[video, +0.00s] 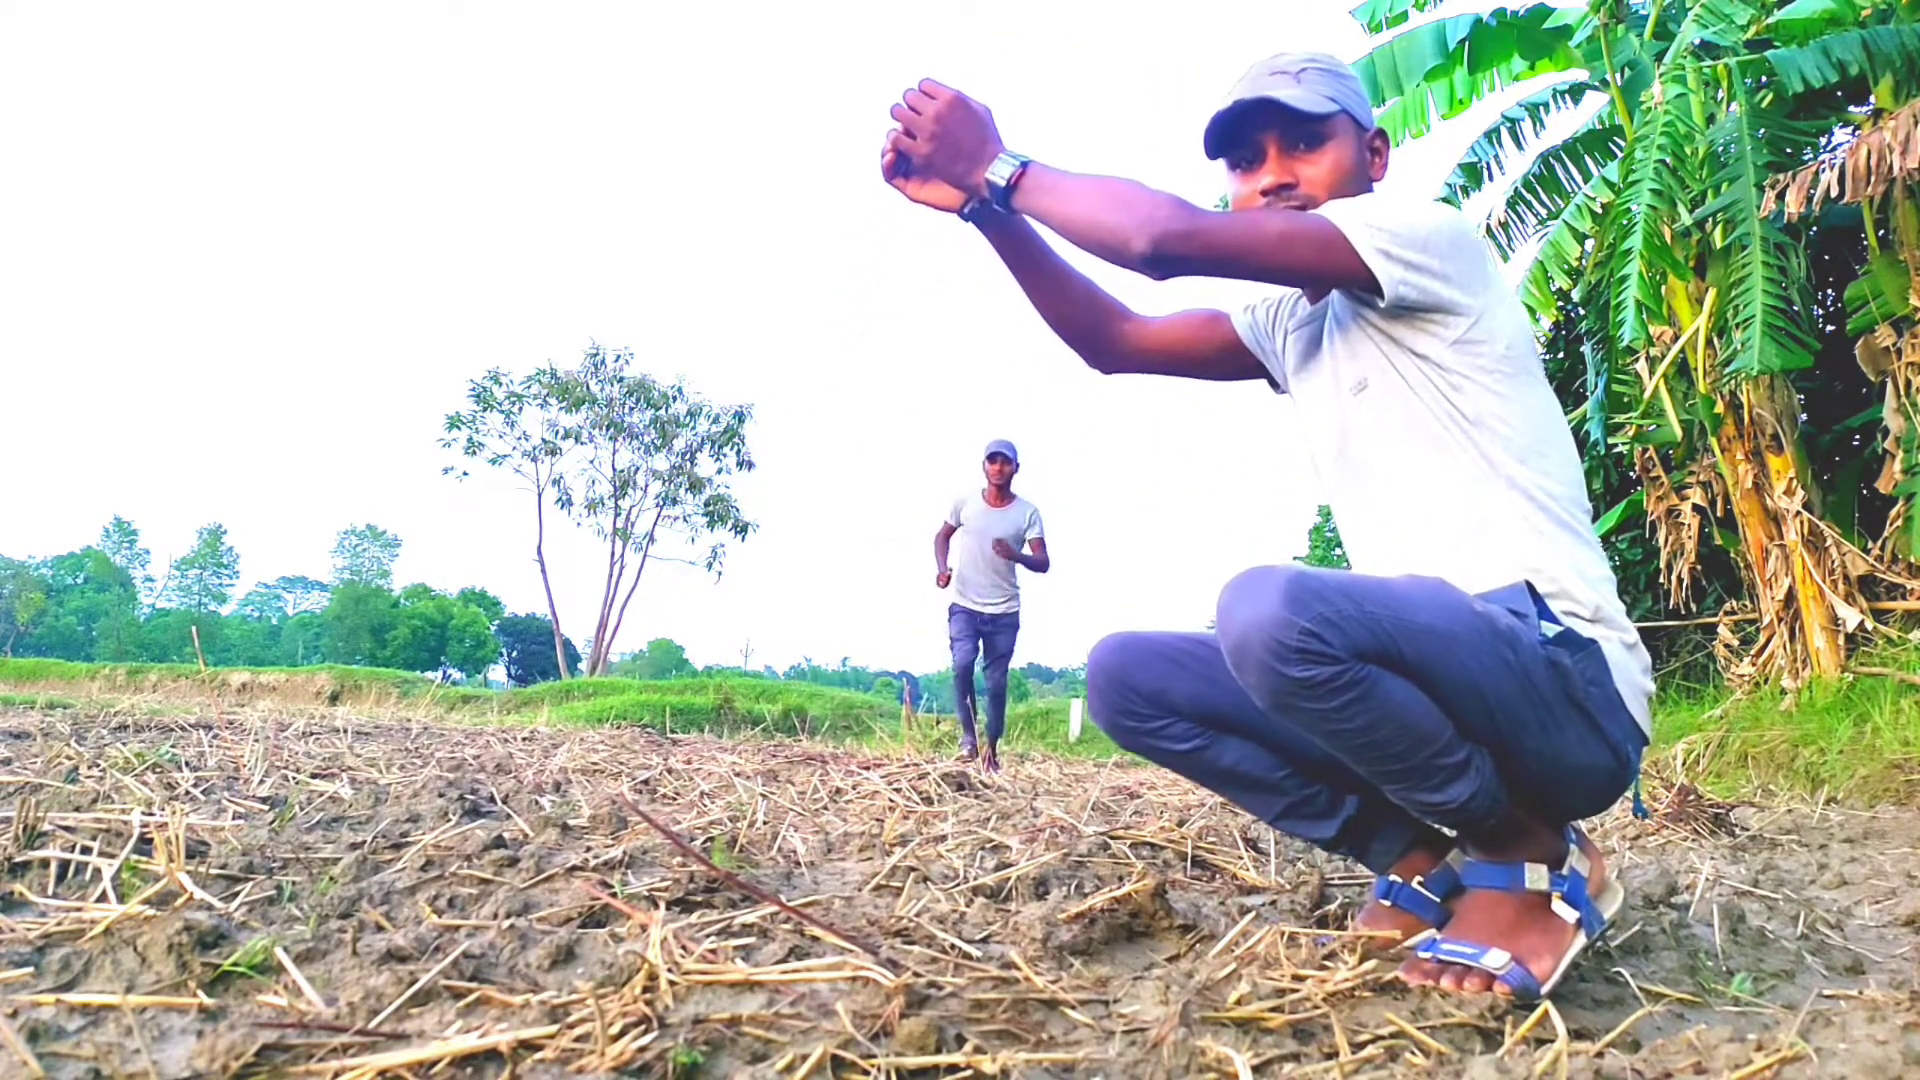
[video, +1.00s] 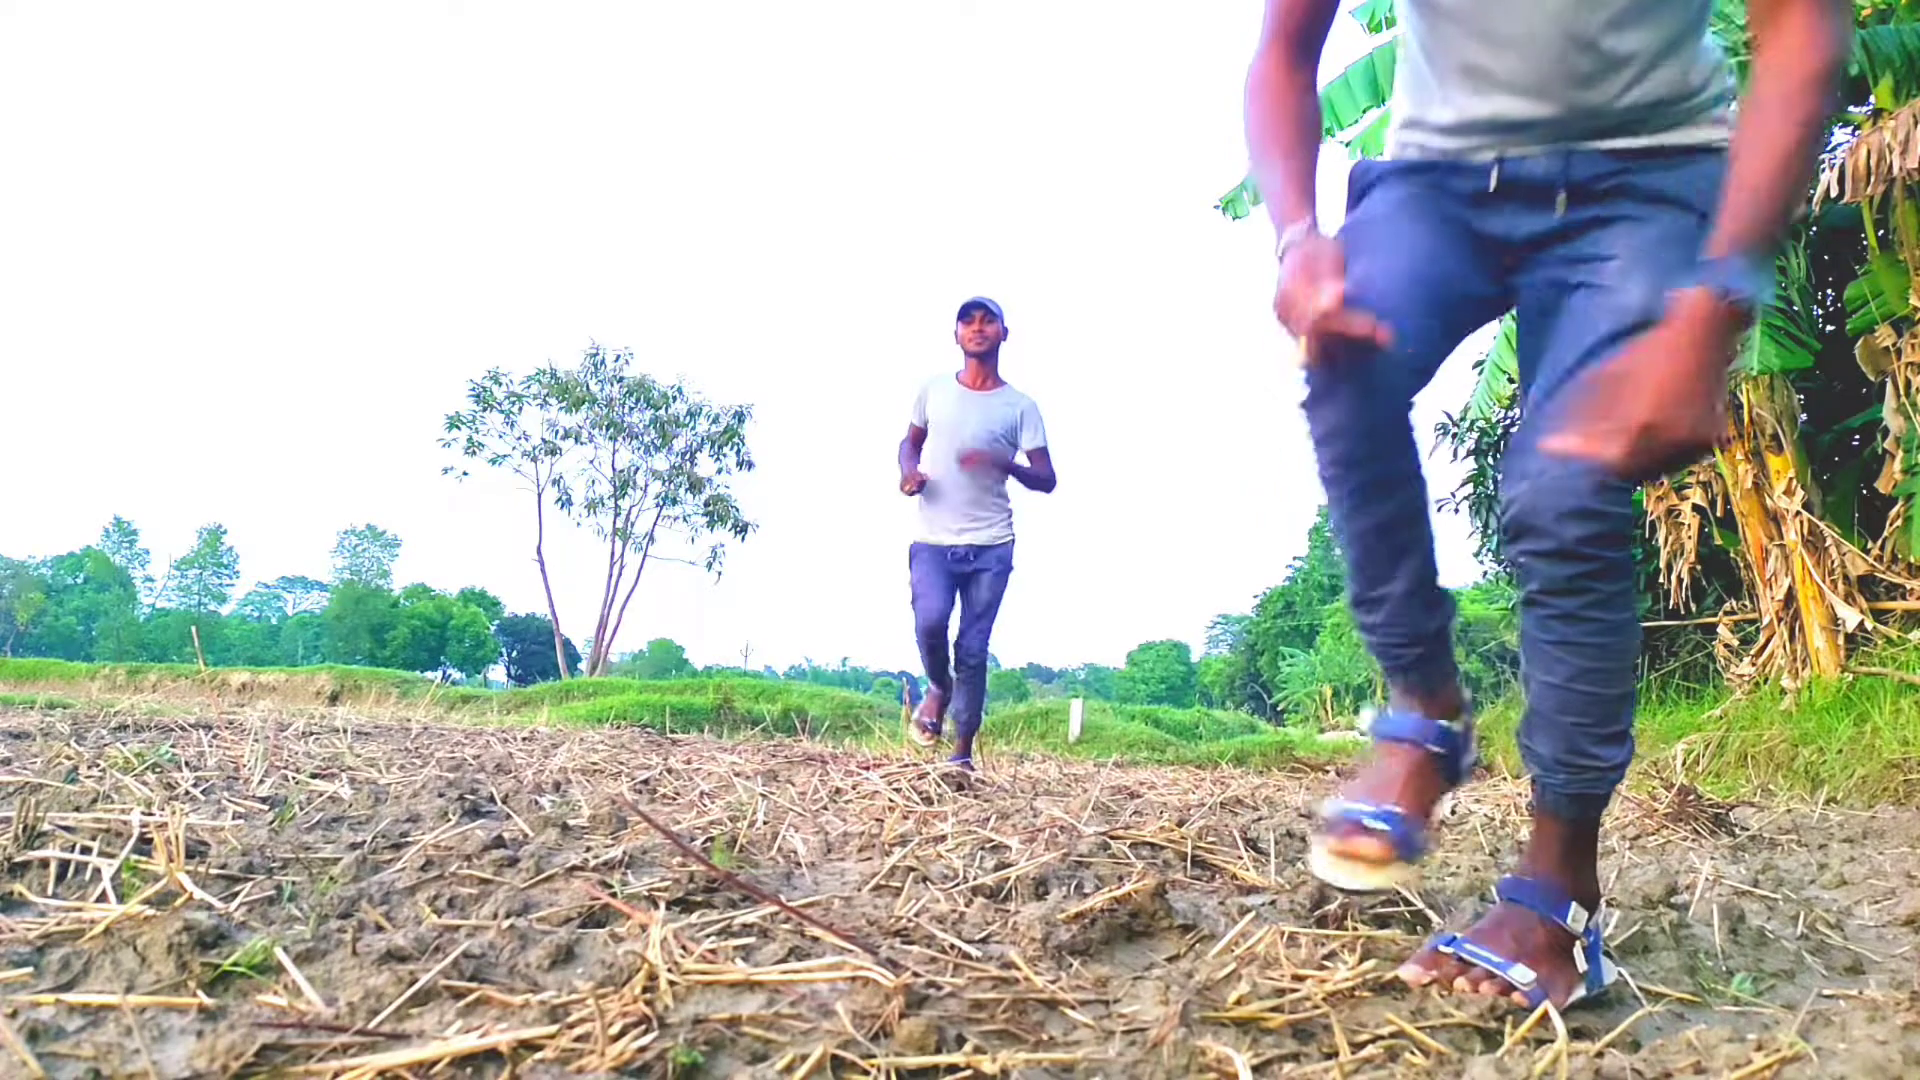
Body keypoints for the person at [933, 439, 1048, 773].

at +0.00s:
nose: (998, 467)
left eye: (1005, 462)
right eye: (993, 461)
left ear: (1015, 468)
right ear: (984, 466)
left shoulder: (1028, 513)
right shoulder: (965, 503)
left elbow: (1043, 563)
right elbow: (942, 536)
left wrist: (1017, 556)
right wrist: (943, 568)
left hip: (1004, 609)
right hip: (964, 605)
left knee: (997, 683)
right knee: (961, 666)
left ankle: (991, 752)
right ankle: (969, 739)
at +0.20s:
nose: (980, 462)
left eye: (986, 456)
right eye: (973, 457)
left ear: (996, 462)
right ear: (964, 463)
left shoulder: (1015, 506)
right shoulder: (949, 506)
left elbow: (1039, 545)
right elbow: (930, 552)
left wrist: (1020, 576)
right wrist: (943, 567)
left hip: (997, 611)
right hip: (956, 612)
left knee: (990, 679)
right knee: (957, 683)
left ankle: (996, 733)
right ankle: (967, 756)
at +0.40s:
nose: (987, 437)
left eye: (994, 431)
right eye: (981, 430)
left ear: (1005, 437)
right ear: (970, 436)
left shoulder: (1019, 483)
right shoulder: (950, 473)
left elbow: (1034, 518)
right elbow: (920, 513)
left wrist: (1023, 554)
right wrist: (939, 527)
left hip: (991, 592)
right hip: (948, 592)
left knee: (973, 672)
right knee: (943, 672)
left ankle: (963, 752)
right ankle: (962, 729)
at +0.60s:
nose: (984, 406)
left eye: (991, 400)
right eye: (976, 400)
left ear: (1000, 410)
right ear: (964, 409)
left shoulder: (1015, 458)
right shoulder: (947, 449)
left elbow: (1036, 511)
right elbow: (928, 478)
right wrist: (925, 515)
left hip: (990, 576)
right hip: (946, 566)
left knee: (975, 671)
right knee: (945, 634)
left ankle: (967, 751)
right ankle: (945, 735)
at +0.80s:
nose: (976, 382)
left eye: (984, 375)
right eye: (968, 375)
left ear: (995, 386)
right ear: (954, 387)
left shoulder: (1013, 444)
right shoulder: (932, 439)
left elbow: (1039, 496)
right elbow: (899, 497)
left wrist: (1019, 511)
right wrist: (920, 489)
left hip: (990, 568)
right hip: (940, 573)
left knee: (977, 639)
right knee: (951, 672)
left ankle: (980, 701)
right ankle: (955, 759)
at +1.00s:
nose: (978, 327)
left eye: (988, 320)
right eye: (969, 320)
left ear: (1003, 334)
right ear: (957, 334)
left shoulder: (1021, 406)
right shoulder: (933, 390)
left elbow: (1046, 479)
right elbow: (910, 442)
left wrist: (1003, 462)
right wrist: (909, 469)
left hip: (990, 543)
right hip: (932, 541)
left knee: (971, 651)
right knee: (929, 624)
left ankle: (963, 753)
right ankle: (939, 689)